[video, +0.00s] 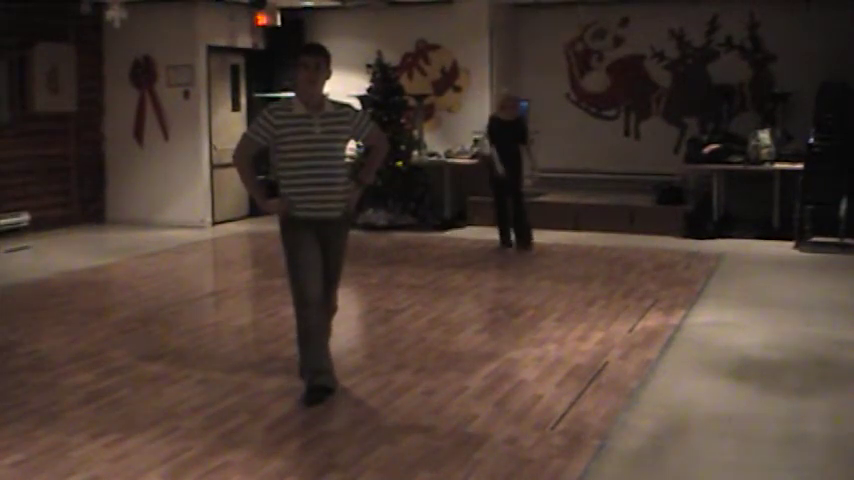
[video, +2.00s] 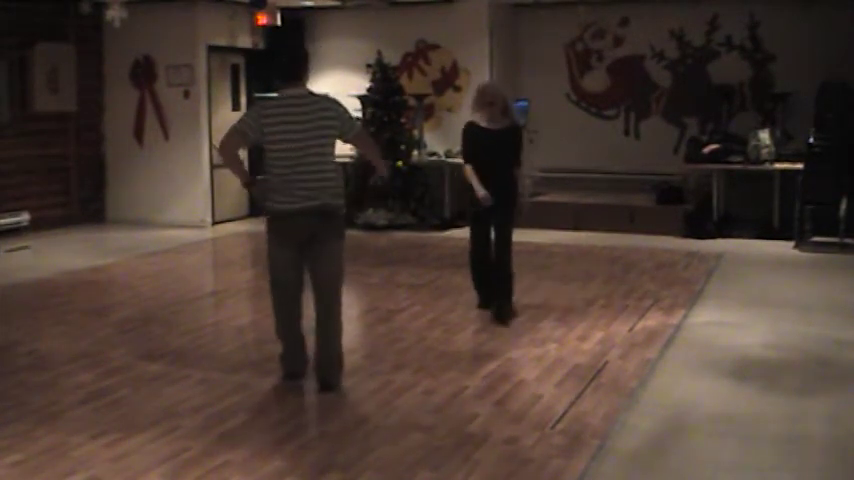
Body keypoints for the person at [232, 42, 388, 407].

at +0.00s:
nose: (311, 76)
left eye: (318, 69)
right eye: (305, 69)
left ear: (328, 74)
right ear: (295, 73)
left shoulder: (344, 114)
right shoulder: (276, 115)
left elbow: (380, 145)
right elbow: (241, 155)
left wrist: (358, 185)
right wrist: (262, 199)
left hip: (336, 218)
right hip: (297, 218)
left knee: (326, 297)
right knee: (309, 298)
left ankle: (314, 361)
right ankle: (318, 378)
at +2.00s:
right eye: (302, 64)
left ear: (274, 72)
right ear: (305, 69)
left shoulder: (263, 110)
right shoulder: (327, 106)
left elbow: (226, 147)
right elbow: (363, 142)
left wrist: (246, 179)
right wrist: (380, 164)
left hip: (283, 215)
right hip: (326, 212)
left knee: (285, 293)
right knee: (328, 296)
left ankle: (294, 368)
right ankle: (329, 375)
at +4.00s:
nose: (333, 72)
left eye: (331, 65)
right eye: (331, 66)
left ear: (296, 70)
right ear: (327, 70)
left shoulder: (281, 110)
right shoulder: (337, 110)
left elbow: (257, 151)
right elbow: (351, 159)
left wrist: (259, 193)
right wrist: (397, 187)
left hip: (289, 213)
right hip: (330, 214)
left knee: (290, 291)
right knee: (340, 289)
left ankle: (285, 371)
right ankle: (343, 360)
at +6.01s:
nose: (304, 73)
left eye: (300, 66)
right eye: (303, 67)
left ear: (267, 71)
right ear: (300, 70)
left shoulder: (254, 113)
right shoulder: (314, 113)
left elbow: (236, 168)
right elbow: (333, 171)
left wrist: (256, 199)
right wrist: (377, 193)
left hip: (267, 226)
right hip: (312, 226)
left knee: (266, 304)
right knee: (332, 297)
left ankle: (269, 389)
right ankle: (336, 374)